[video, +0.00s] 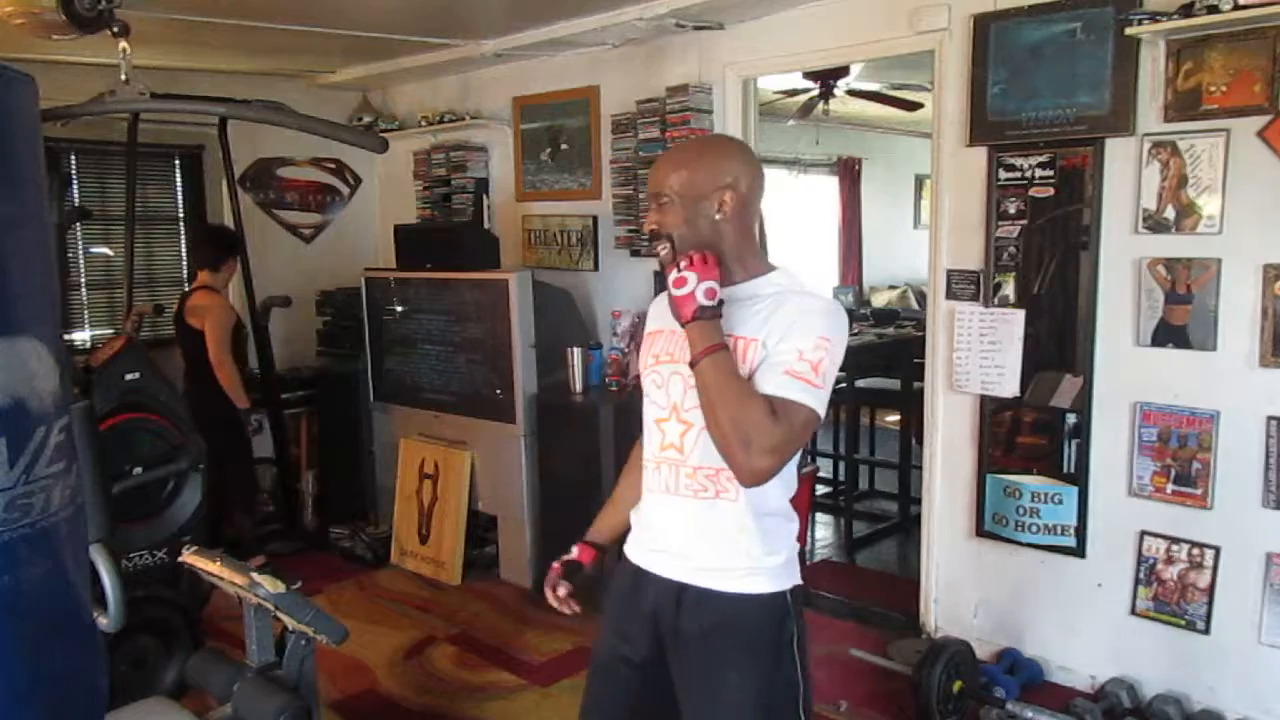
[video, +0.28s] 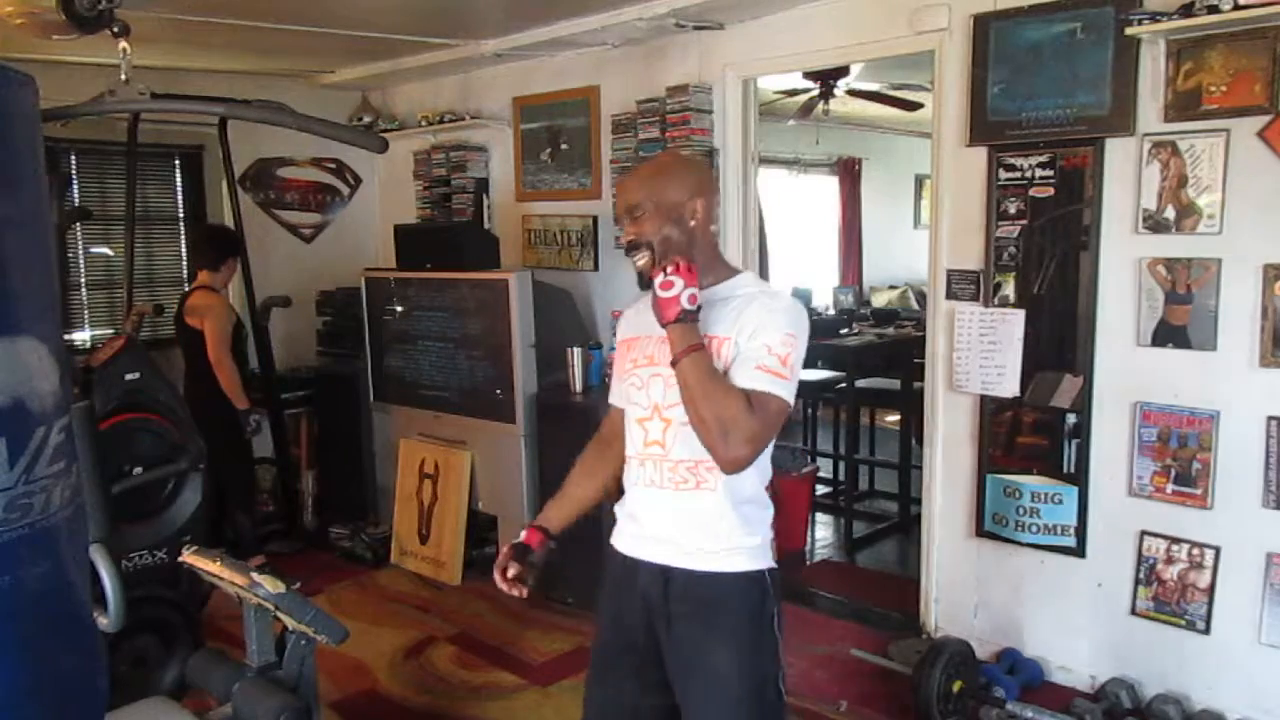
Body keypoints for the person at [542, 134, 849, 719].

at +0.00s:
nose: (648, 223)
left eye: (663, 202)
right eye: (649, 205)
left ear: (725, 203)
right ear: (721, 206)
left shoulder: (808, 315)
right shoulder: (664, 310)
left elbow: (756, 457)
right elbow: (655, 441)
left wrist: (702, 325)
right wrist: (594, 544)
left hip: (740, 602)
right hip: (640, 585)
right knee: (611, 711)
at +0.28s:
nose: (626, 236)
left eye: (638, 216)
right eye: (621, 220)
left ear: (699, 213)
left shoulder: (771, 313)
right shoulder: (634, 321)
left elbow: (735, 445)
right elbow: (613, 441)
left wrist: (680, 324)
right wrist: (540, 533)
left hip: (723, 581)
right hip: (631, 571)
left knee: (729, 710)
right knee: (614, 709)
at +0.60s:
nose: (613, 255)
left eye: (622, 236)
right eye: (605, 241)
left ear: (671, 219)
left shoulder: (753, 294)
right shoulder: (621, 312)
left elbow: (784, 419)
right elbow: (609, 423)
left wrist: (703, 351)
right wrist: (562, 523)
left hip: (732, 538)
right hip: (641, 533)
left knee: (747, 704)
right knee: (638, 690)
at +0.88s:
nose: (690, 233)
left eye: (704, 215)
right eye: (678, 222)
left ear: (741, 217)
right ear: (670, 233)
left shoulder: (796, 306)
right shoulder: (668, 307)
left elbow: (824, 423)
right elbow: (666, 399)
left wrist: (754, 454)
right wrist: (638, 490)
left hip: (767, 521)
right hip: (678, 515)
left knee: (782, 673)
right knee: (664, 668)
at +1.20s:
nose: (744, 215)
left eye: (757, 202)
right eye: (732, 203)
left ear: (781, 209)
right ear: (719, 214)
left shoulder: (827, 290)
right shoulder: (700, 291)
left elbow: (868, 390)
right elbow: (683, 389)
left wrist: (877, 487)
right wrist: (657, 474)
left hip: (793, 487)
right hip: (711, 482)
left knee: (794, 628)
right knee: (682, 614)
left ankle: (793, 716)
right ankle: (715, 685)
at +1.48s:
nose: (750, 224)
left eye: (761, 212)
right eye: (737, 213)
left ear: (777, 219)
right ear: (719, 221)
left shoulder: (813, 295)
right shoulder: (697, 297)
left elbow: (851, 384)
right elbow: (683, 386)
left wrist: (880, 471)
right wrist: (679, 465)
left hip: (791, 474)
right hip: (720, 473)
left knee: (792, 613)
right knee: (722, 589)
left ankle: (794, 713)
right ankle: (750, 658)